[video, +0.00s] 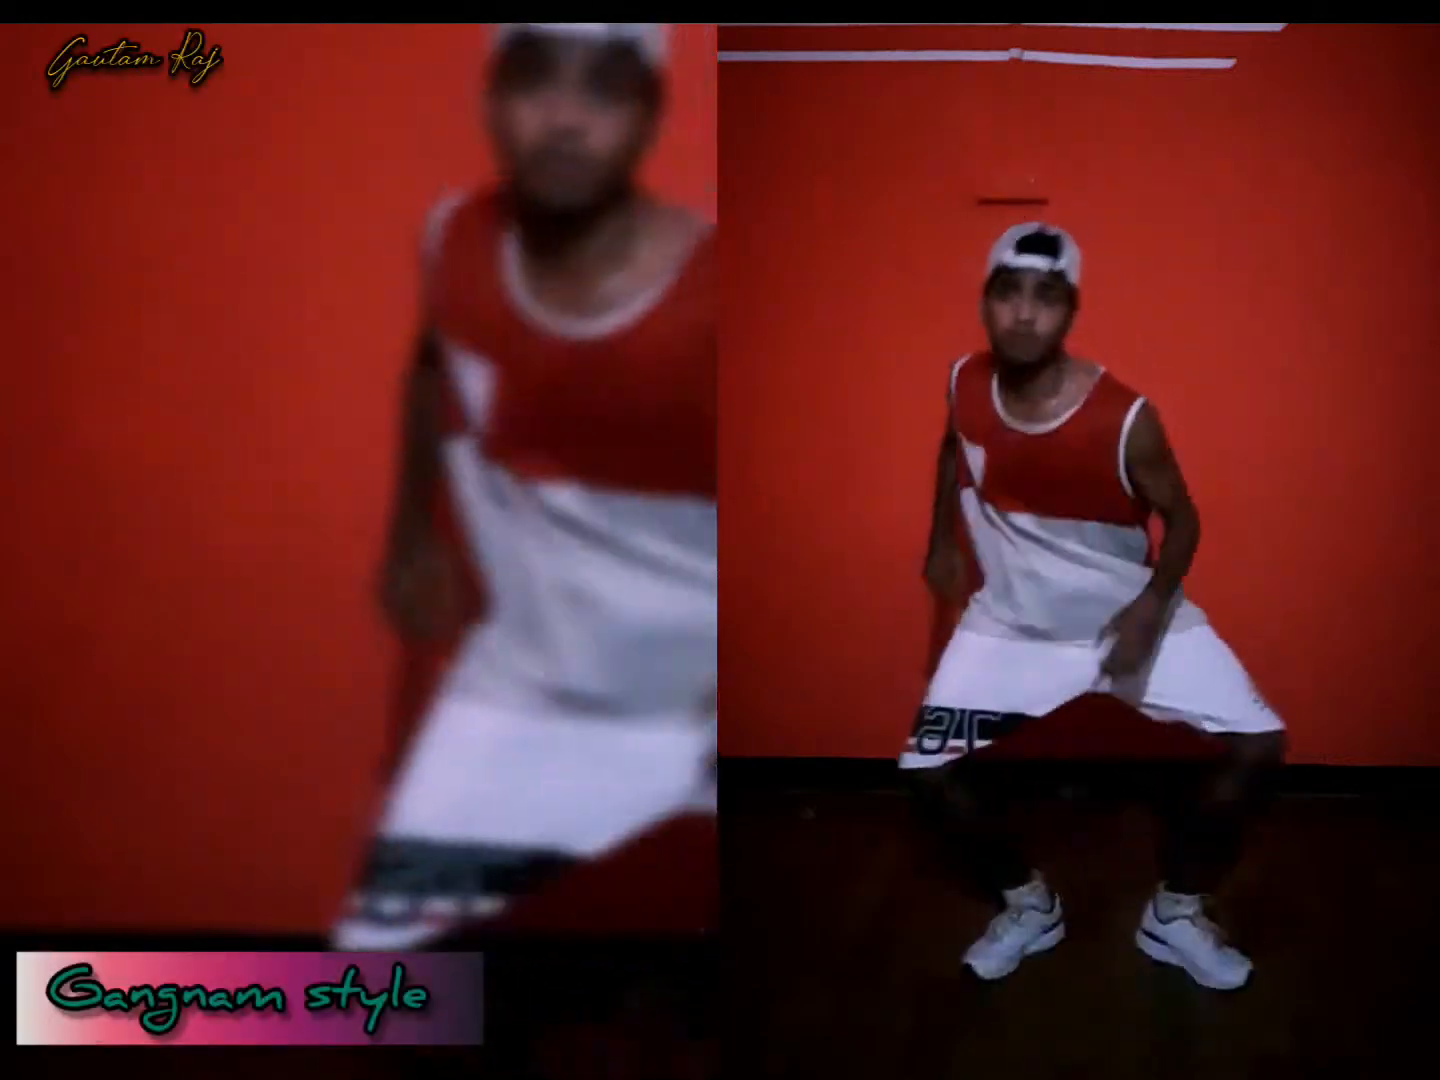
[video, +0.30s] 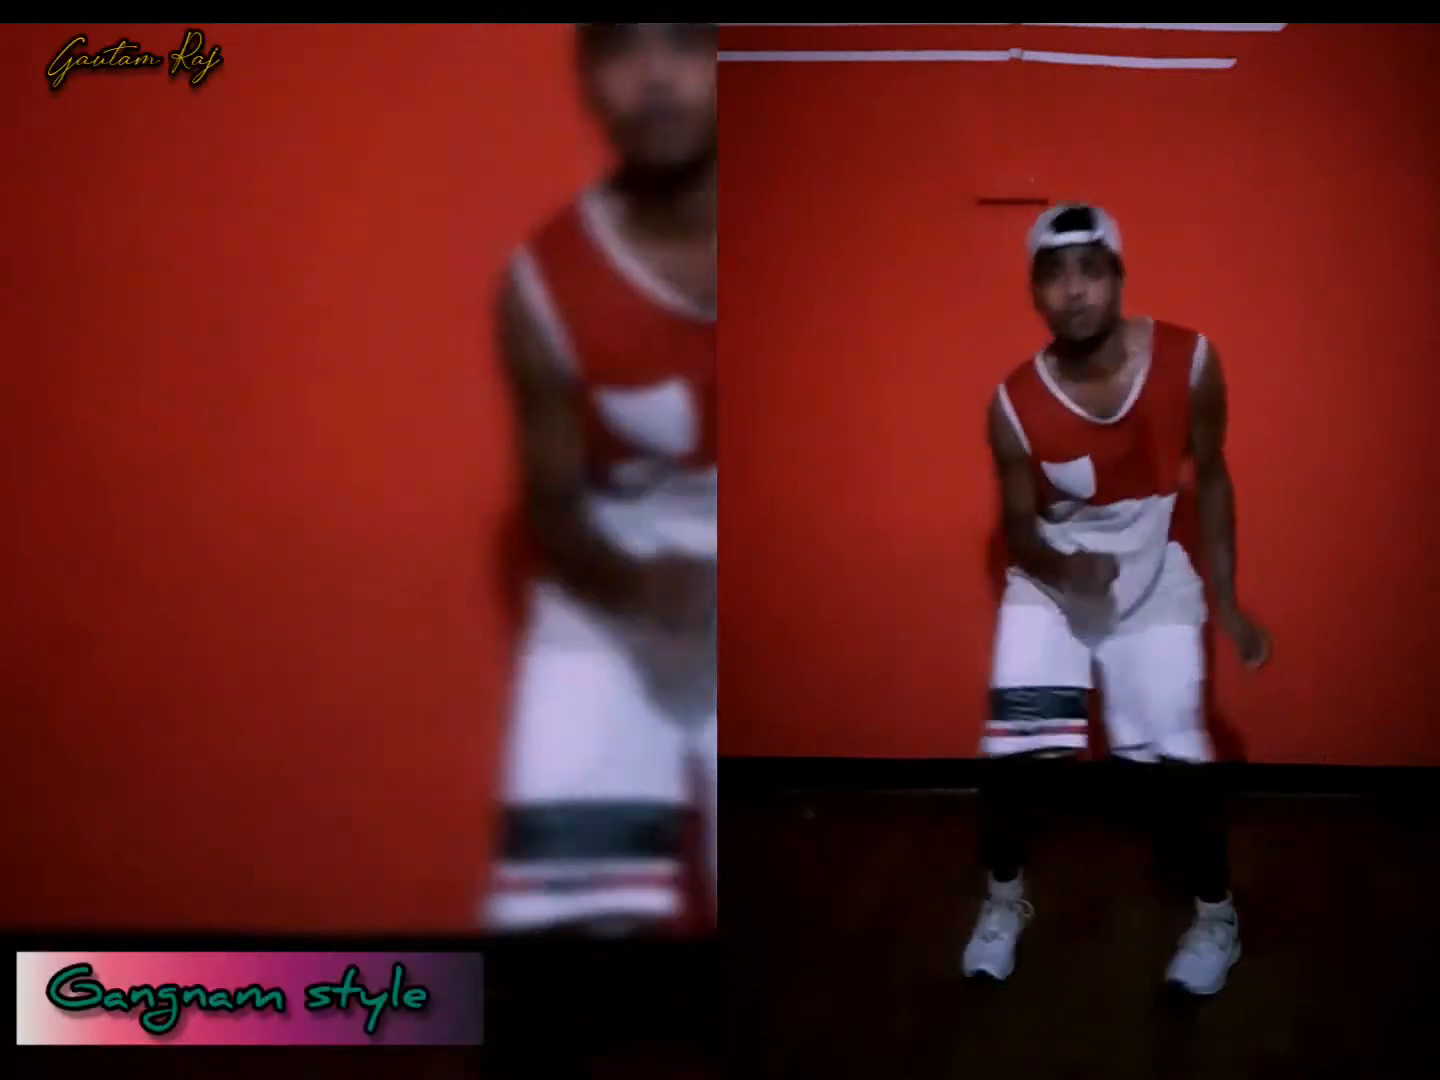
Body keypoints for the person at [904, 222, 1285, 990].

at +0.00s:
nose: (1022, 315)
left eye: (1044, 300)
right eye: (1007, 296)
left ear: (1071, 315)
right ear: (987, 307)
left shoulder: (1125, 419)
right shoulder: (968, 386)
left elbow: (1182, 520)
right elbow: (955, 452)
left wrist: (1150, 615)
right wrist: (943, 542)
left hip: (1128, 622)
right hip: (1009, 623)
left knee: (1255, 742)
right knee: (932, 766)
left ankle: (1175, 912)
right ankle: (1027, 903)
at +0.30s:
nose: (1077, 291)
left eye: (1092, 271)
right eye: (1057, 276)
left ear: (1120, 281)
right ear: (1036, 295)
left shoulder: (1186, 363)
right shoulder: (1017, 404)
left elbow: (1211, 475)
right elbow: (1018, 528)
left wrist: (1225, 598)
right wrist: (1062, 568)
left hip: (1154, 578)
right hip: (1045, 581)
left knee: (1174, 753)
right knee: (1014, 749)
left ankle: (1211, 916)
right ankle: (1003, 900)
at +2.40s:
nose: (1036, 336)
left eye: (1055, 320)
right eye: (1021, 319)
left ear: (1082, 331)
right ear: (1002, 329)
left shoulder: (1139, 423)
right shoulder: (979, 405)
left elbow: (1189, 539)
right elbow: (990, 495)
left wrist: (1126, 560)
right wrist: (985, 570)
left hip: (1143, 600)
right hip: (1024, 600)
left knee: (1247, 727)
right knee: (951, 738)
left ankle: (1189, 890)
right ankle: (1038, 884)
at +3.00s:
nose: (987, 317)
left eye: (1005, 301)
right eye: (973, 300)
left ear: (1034, 309)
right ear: (956, 311)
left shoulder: (1103, 378)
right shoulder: (934, 408)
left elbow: (1154, 433)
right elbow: (897, 487)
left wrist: (1131, 524)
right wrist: (950, 533)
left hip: (1107, 575)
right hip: (1001, 585)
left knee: (1184, 709)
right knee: (974, 740)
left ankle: (1151, 874)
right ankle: (1029, 885)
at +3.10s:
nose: (958, 263)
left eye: (975, 245)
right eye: (943, 246)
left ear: (1006, 250)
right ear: (927, 260)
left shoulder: (1070, 307)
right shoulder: (923, 374)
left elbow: (1104, 412)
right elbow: (918, 512)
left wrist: (1119, 506)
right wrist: (977, 499)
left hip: (1090, 563)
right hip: (993, 578)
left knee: (1136, 713)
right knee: (982, 743)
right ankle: (1030, 883)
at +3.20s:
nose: (949, 269)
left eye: (965, 253)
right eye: (933, 254)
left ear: (990, 259)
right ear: (916, 266)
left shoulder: (1037, 318)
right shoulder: (914, 373)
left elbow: (1060, 420)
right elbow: (963, 516)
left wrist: (1108, 487)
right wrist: (992, 433)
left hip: (1072, 572)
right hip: (986, 579)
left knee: (1050, 742)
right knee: (981, 745)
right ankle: (992, 878)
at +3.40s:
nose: (1002, 284)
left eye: (1020, 269)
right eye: (988, 266)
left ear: (1043, 278)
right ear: (968, 271)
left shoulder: (1060, 357)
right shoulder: (928, 351)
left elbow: (1060, 461)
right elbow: (908, 489)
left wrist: (1122, 484)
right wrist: (950, 475)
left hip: (1028, 590)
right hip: (945, 583)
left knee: (993, 772)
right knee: (940, 761)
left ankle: (917, 835)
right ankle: (870, 862)